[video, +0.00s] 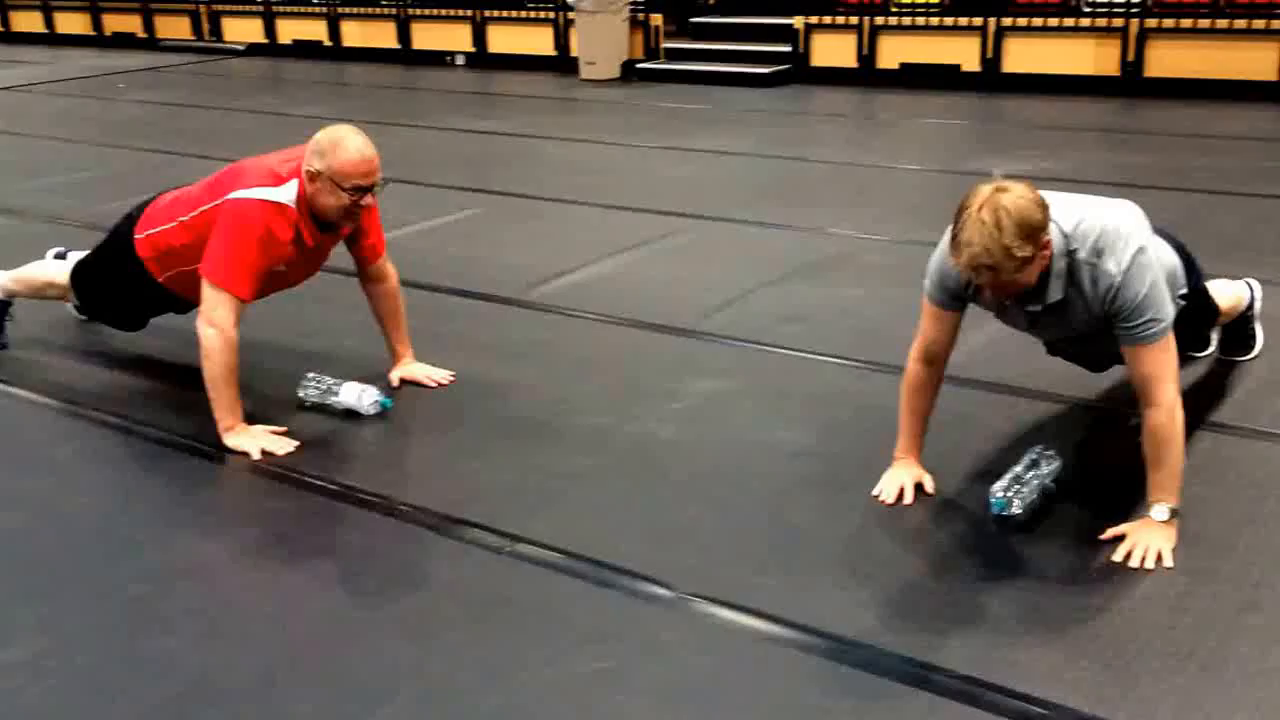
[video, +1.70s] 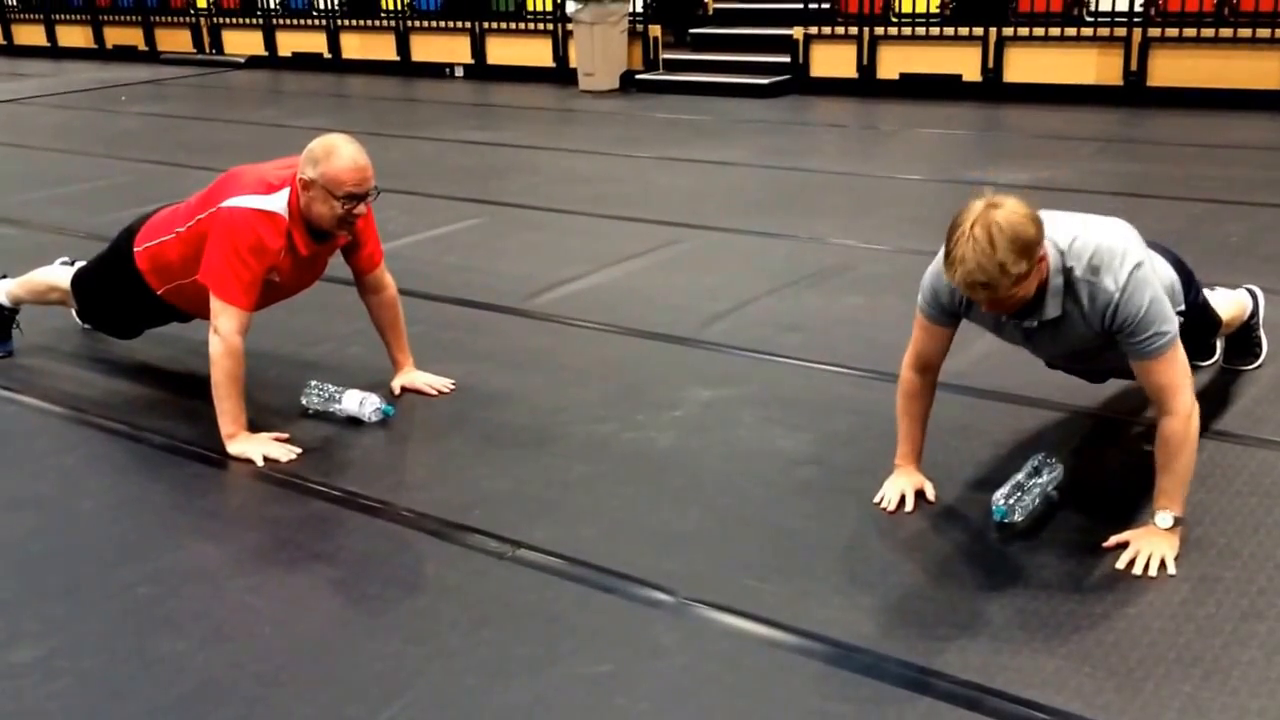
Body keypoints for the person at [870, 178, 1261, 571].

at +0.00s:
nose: (990, 293)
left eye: (1002, 282)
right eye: (980, 280)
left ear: (1041, 254)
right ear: (967, 255)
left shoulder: (1125, 266)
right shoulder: (957, 258)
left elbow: (1161, 400)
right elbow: (926, 357)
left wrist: (1160, 514)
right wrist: (906, 457)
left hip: (1154, 299)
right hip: (1070, 331)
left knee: (1194, 322)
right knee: (1111, 358)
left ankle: (1240, 297)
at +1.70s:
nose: (995, 310)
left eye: (1006, 298)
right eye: (982, 301)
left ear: (1039, 266)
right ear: (965, 272)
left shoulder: (1126, 283)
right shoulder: (954, 278)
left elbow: (1179, 410)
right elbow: (918, 368)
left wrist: (1164, 522)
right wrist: (906, 465)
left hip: (1154, 315)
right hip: (1078, 351)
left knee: (1202, 319)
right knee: (1156, 351)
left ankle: (1244, 306)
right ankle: (1191, 344)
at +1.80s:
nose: (990, 355)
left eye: (1001, 345)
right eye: (976, 346)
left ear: (1032, 309)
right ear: (961, 320)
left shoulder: (1122, 312)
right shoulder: (946, 300)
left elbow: (1204, 417)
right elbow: (908, 369)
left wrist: (1167, 524)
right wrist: (904, 464)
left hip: (1162, 311)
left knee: (1209, 319)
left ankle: (1245, 304)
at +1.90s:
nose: (978, 405)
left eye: (991, 394)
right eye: (968, 395)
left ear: (1025, 361)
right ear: (952, 362)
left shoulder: (1118, 348)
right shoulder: (945, 322)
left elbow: (1218, 425)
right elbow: (899, 373)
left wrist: (1168, 524)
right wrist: (905, 465)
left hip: (1158, 317)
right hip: (1078, 296)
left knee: (1206, 332)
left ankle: (1241, 302)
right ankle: (1203, 299)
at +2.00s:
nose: (975, 453)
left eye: (984, 444)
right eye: (964, 444)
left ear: (1018, 411)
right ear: (943, 390)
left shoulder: (1104, 384)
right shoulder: (952, 346)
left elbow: (1225, 429)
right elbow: (892, 374)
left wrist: (1167, 526)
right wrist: (903, 466)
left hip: (1147, 340)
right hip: (1068, 315)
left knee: (1203, 340)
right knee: (1148, 314)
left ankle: (1241, 302)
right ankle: (1206, 295)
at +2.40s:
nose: (968, 447)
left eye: (975, 439)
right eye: (957, 440)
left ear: (1010, 404)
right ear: (934, 391)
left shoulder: (1102, 376)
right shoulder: (942, 338)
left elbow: (1216, 429)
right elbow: (891, 377)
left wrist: (1165, 527)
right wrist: (904, 467)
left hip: (1152, 335)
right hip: (1069, 309)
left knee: (1203, 337)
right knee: (1154, 312)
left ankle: (1242, 305)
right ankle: (1211, 298)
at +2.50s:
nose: (970, 396)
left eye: (980, 385)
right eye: (960, 388)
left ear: (1015, 349)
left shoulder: (1109, 333)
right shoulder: (934, 310)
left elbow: (1200, 421)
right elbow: (902, 373)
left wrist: (1164, 528)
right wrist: (904, 467)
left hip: (1161, 314)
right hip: (1084, 300)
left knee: (1208, 324)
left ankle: (1244, 306)